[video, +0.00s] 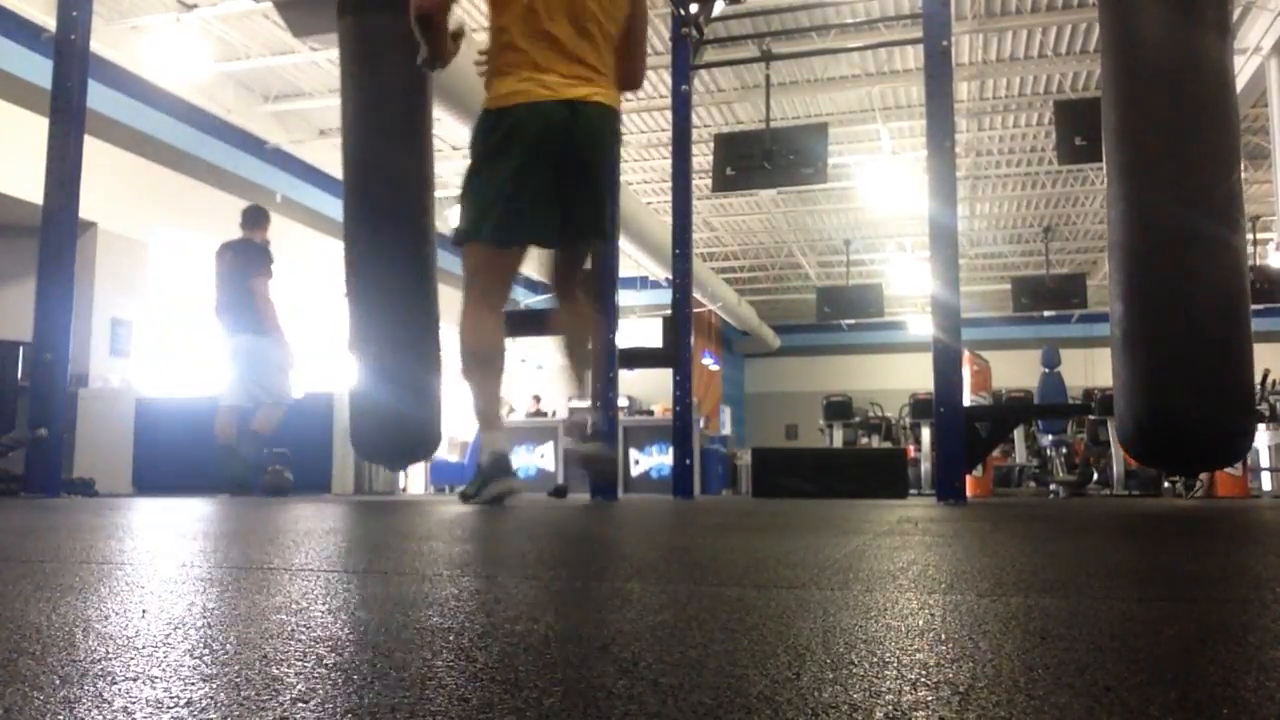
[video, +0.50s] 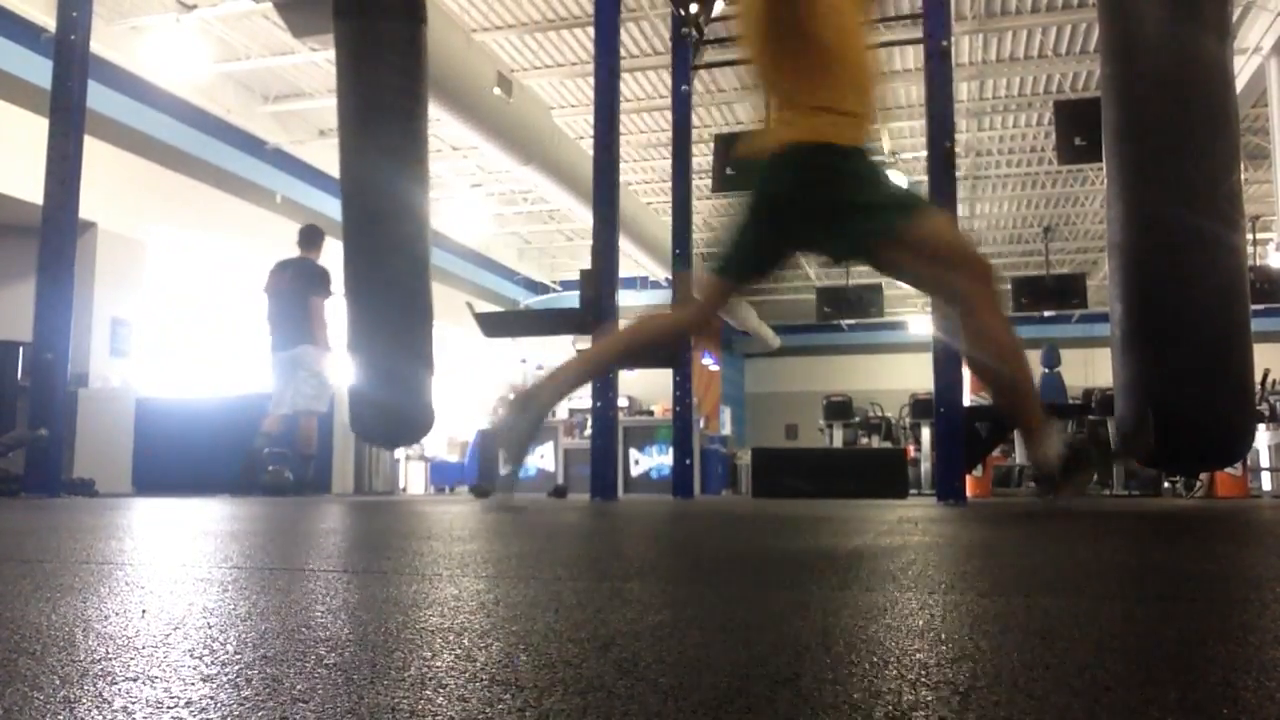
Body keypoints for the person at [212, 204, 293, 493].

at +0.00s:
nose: (265, 233)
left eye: (262, 227)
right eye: (265, 228)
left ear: (242, 224)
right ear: (264, 226)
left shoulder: (224, 250)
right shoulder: (259, 252)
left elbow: (222, 302)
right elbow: (261, 297)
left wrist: (233, 330)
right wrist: (280, 339)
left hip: (234, 335)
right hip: (259, 335)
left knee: (232, 398)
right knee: (277, 398)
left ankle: (228, 464)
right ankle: (249, 452)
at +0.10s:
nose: (275, 237)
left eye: (272, 231)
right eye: (276, 231)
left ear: (252, 229)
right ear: (275, 231)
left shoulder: (234, 253)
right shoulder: (270, 255)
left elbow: (231, 303)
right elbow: (267, 300)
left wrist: (241, 332)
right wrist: (279, 340)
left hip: (241, 334)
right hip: (264, 334)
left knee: (236, 398)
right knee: (284, 398)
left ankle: (230, 466)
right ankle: (277, 462)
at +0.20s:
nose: (286, 244)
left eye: (284, 239)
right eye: (286, 240)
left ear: (264, 236)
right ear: (284, 238)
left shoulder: (246, 260)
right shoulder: (281, 262)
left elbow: (242, 307)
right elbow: (277, 308)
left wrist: (250, 339)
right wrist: (282, 346)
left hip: (251, 342)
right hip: (273, 342)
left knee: (240, 406)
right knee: (289, 406)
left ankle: (232, 471)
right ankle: (297, 469)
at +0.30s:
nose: (297, 246)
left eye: (293, 241)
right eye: (298, 242)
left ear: (276, 238)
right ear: (297, 241)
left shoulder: (257, 264)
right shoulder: (293, 267)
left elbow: (253, 307)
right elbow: (288, 312)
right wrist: (296, 344)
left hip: (258, 346)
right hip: (284, 346)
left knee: (247, 407)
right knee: (296, 410)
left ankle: (234, 468)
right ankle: (300, 470)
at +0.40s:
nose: (307, 248)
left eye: (303, 242)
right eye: (309, 243)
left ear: (288, 241)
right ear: (309, 243)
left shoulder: (267, 267)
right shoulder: (306, 270)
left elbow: (263, 308)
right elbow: (303, 308)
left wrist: (266, 340)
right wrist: (307, 345)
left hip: (270, 349)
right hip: (299, 348)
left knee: (260, 407)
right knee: (305, 413)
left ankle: (240, 464)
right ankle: (304, 474)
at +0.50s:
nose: (317, 250)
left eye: (310, 244)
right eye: (318, 245)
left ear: (298, 243)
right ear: (320, 245)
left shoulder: (278, 269)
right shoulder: (317, 272)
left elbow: (271, 314)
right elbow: (317, 315)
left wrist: (277, 341)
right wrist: (324, 348)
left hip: (280, 348)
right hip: (308, 347)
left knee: (279, 405)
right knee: (309, 411)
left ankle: (255, 454)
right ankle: (307, 473)